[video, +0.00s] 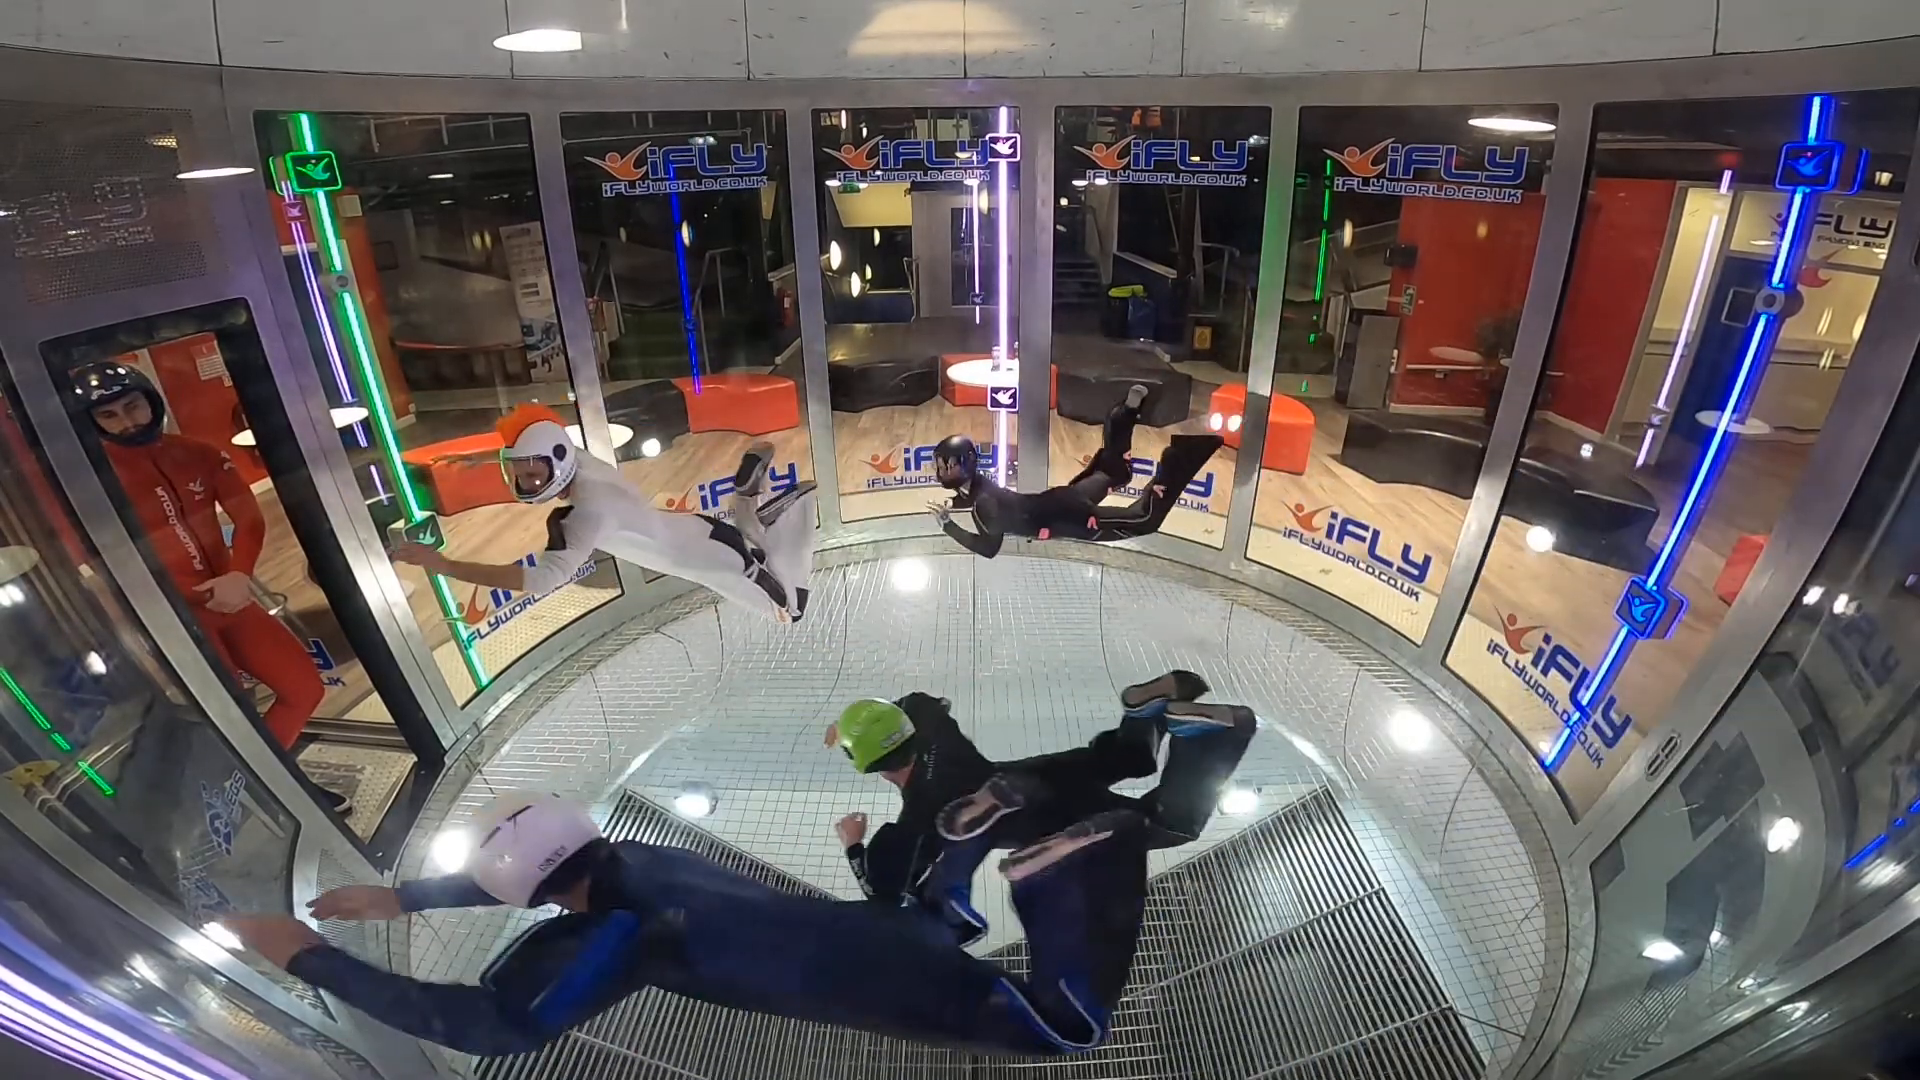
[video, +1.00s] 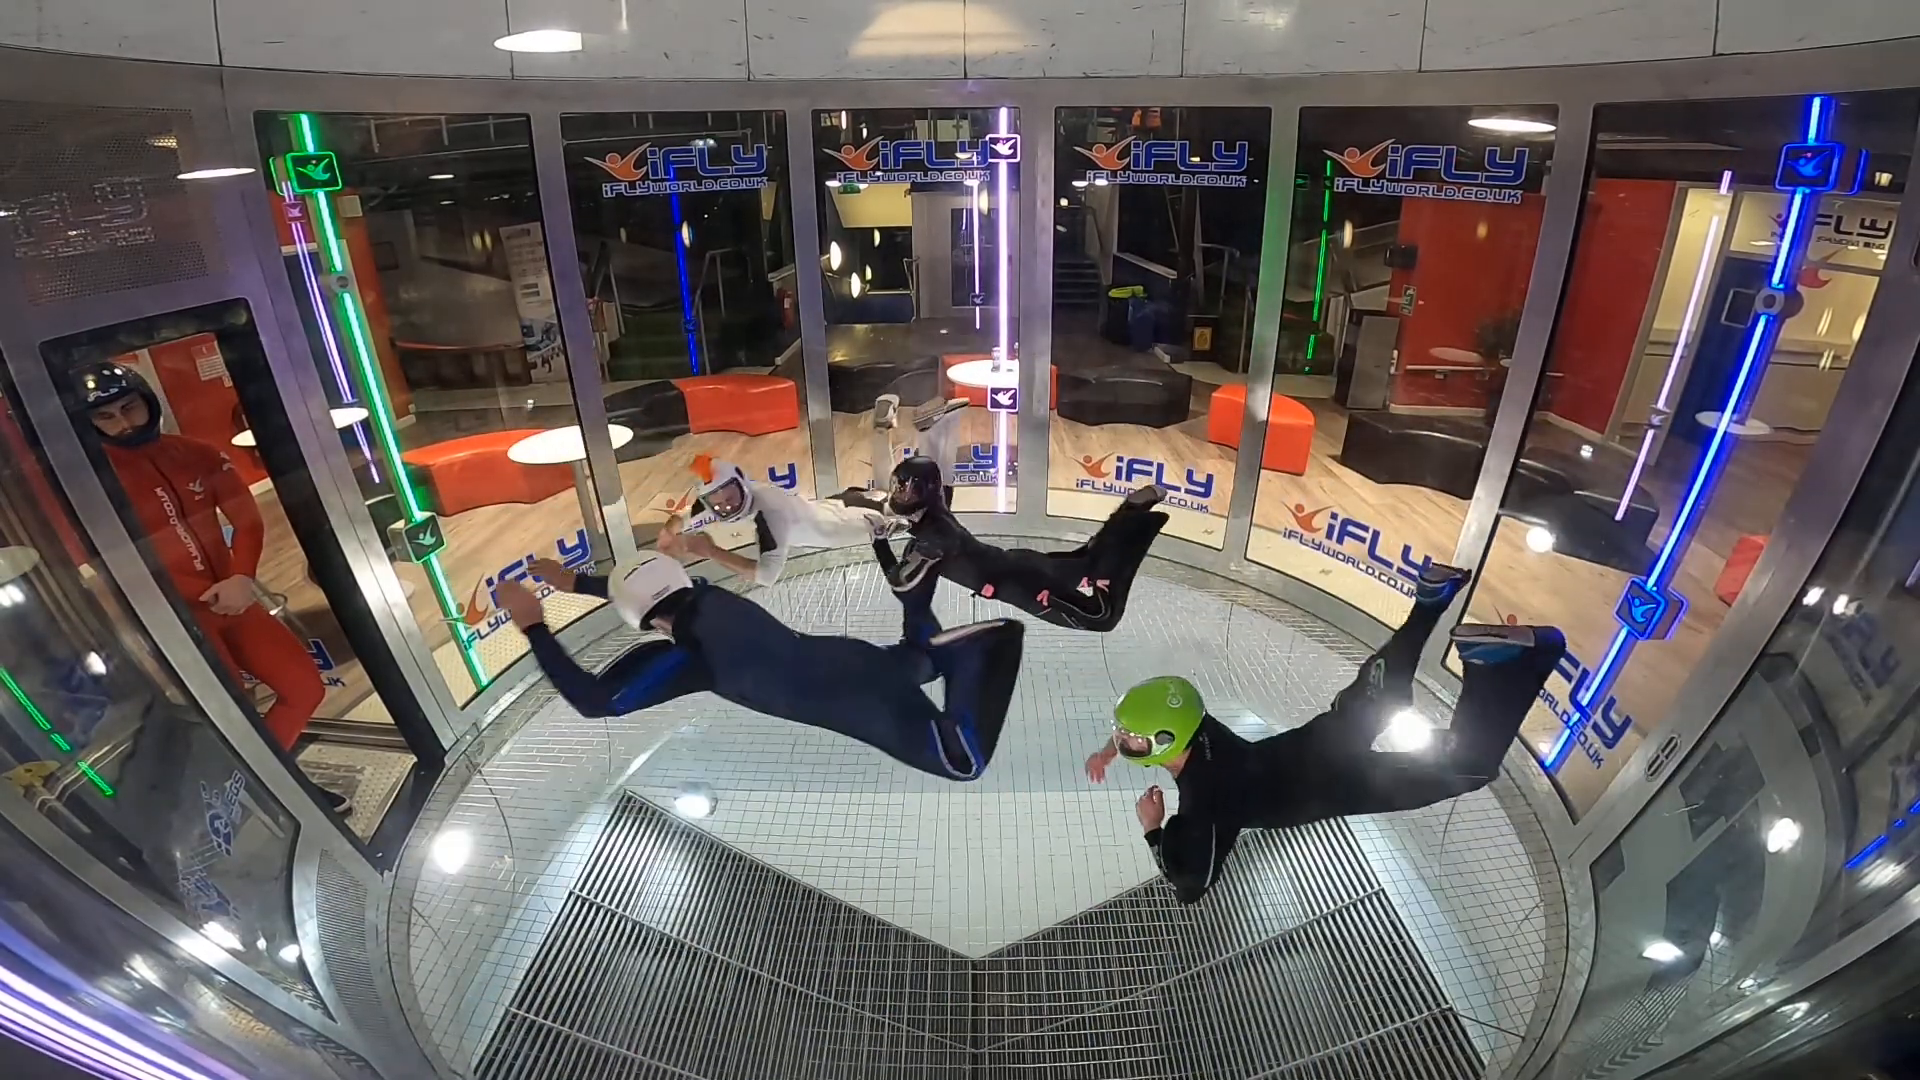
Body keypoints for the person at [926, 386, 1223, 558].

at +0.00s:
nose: (938, 472)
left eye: (943, 465)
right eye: (937, 465)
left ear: (962, 466)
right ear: (960, 464)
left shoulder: (984, 499)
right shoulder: (976, 490)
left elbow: (989, 549)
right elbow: (985, 536)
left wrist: (950, 526)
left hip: (1067, 514)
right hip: (1058, 501)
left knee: (1145, 518)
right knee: (1107, 473)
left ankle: (1181, 453)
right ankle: (1125, 413)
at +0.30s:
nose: (955, 482)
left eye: (961, 476)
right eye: (956, 476)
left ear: (980, 477)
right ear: (975, 476)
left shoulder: (1003, 511)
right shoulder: (990, 503)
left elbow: (1010, 558)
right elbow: (1004, 547)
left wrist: (979, 534)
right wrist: (982, 528)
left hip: (1093, 530)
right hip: (1079, 515)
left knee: (1171, 524)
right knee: (1141, 489)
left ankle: (1197, 447)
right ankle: (1162, 427)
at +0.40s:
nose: (958, 486)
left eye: (965, 479)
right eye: (957, 478)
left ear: (985, 479)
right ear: (978, 479)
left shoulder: (1002, 521)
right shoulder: (992, 512)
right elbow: (1006, 564)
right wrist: (977, 541)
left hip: (1094, 537)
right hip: (1082, 520)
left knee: (1170, 531)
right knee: (1143, 497)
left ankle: (1193, 454)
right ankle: (1171, 437)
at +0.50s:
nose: (952, 489)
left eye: (960, 483)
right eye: (952, 482)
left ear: (979, 486)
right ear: (962, 484)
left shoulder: (994, 524)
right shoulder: (986, 513)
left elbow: (997, 572)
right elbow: (999, 564)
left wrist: (963, 550)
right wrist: (967, 544)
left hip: (1086, 545)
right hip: (1078, 529)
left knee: (1167, 548)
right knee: (1142, 508)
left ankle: (1189, 472)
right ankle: (1175, 450)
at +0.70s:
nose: (932, 490)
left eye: (940, 486)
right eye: (934, 484)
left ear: (958, 495)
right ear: (953, 492)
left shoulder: (972, 529)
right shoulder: (968, 518)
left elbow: (965, 579)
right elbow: (967, 563)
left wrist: (926, 549)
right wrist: (941, 540)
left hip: (1061, 563)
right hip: (1056, 546)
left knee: (1151, 582)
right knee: (1132, 534)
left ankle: (1177, 504)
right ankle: (1151, 473)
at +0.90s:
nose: (917, 491)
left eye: (924, 486)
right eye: (916, 484)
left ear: (941, 491)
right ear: (919, 488)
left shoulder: (944, 530)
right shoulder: (937, 519)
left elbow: (932, 584)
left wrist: (905, 558)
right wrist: (903, 546)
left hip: (1028, 575)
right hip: (1026, 560)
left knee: (1121, 607)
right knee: (1103, 562)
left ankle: (1137, 523)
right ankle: (1126, 506)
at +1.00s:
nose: (896, 493)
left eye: (904, 487)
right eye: (897, 486)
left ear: (922, 493)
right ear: (920, 490)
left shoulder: (932, 534)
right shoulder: (929, 516)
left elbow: (901, 583)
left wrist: (877, 542)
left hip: (1017, 580)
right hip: (1015, 563)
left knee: (1103, 616)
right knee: (1087, 561)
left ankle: (1137, 527)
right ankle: (1131, 509)